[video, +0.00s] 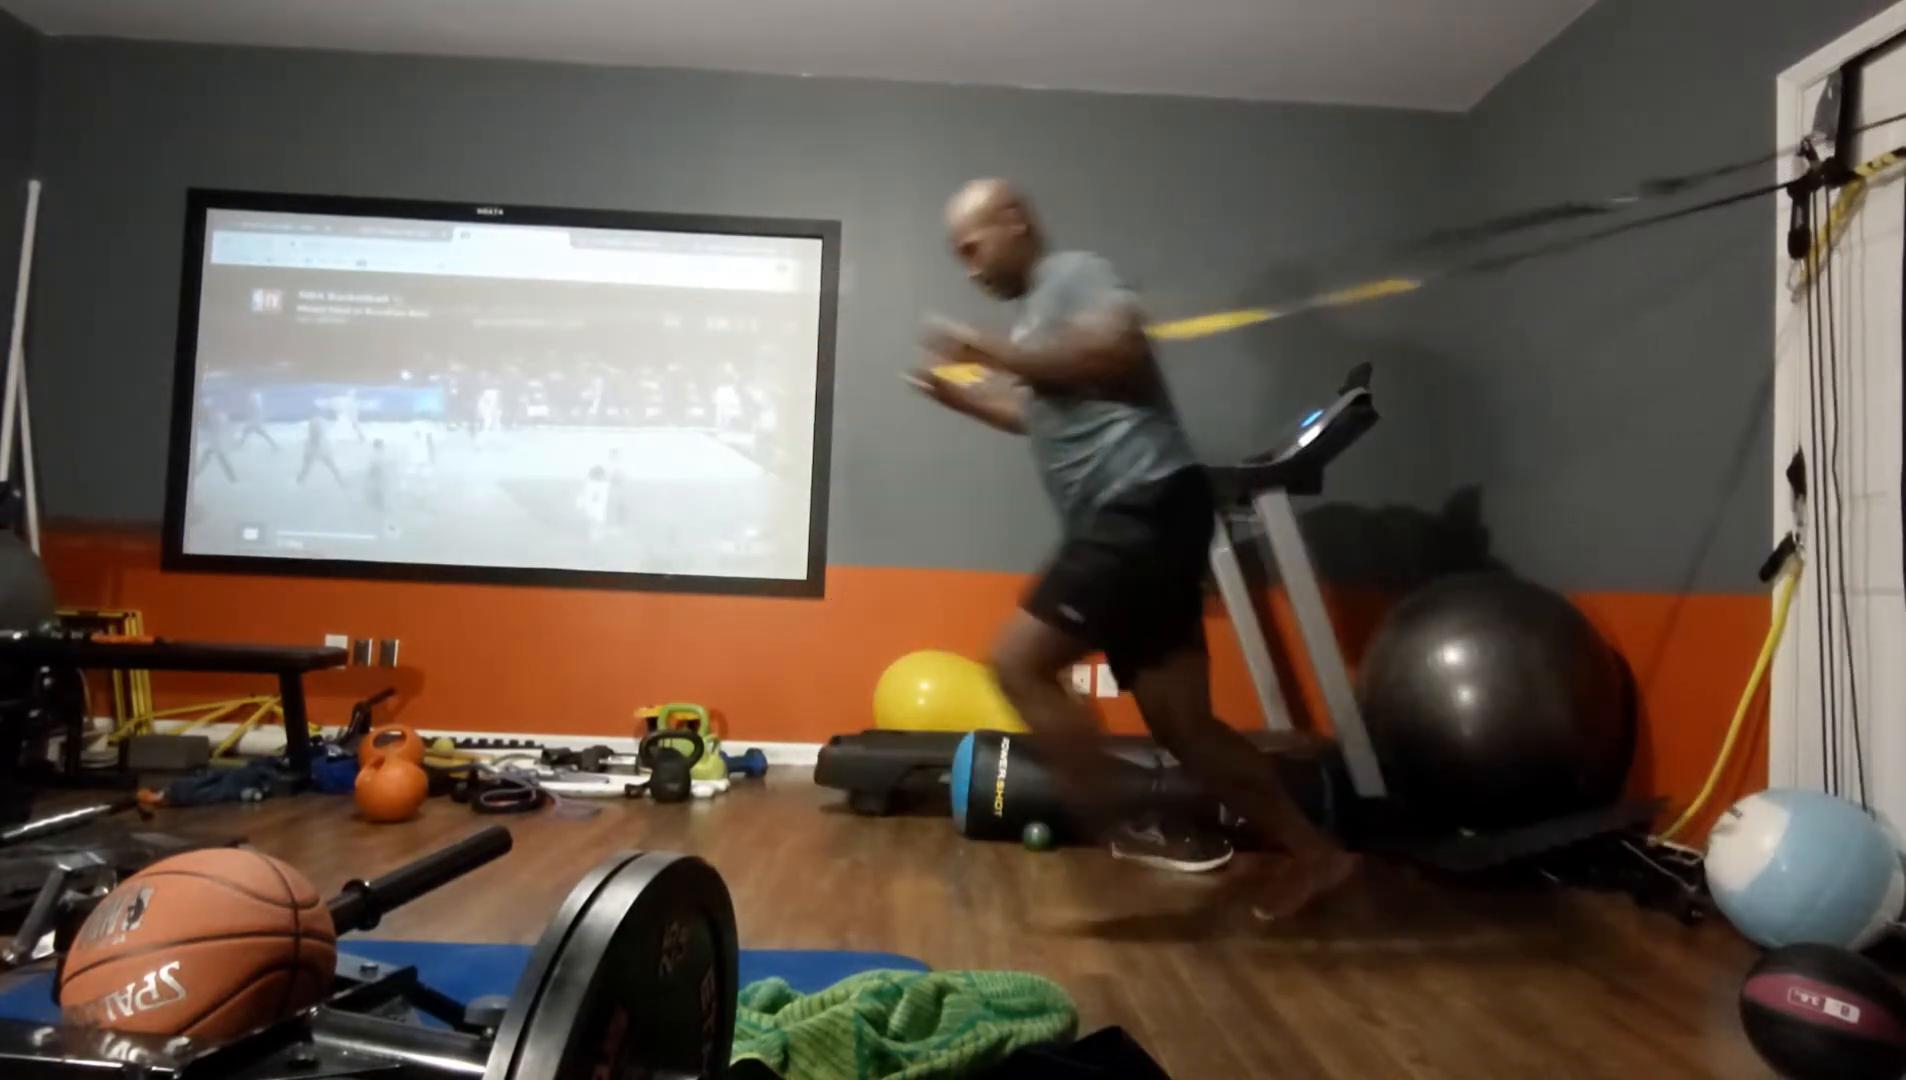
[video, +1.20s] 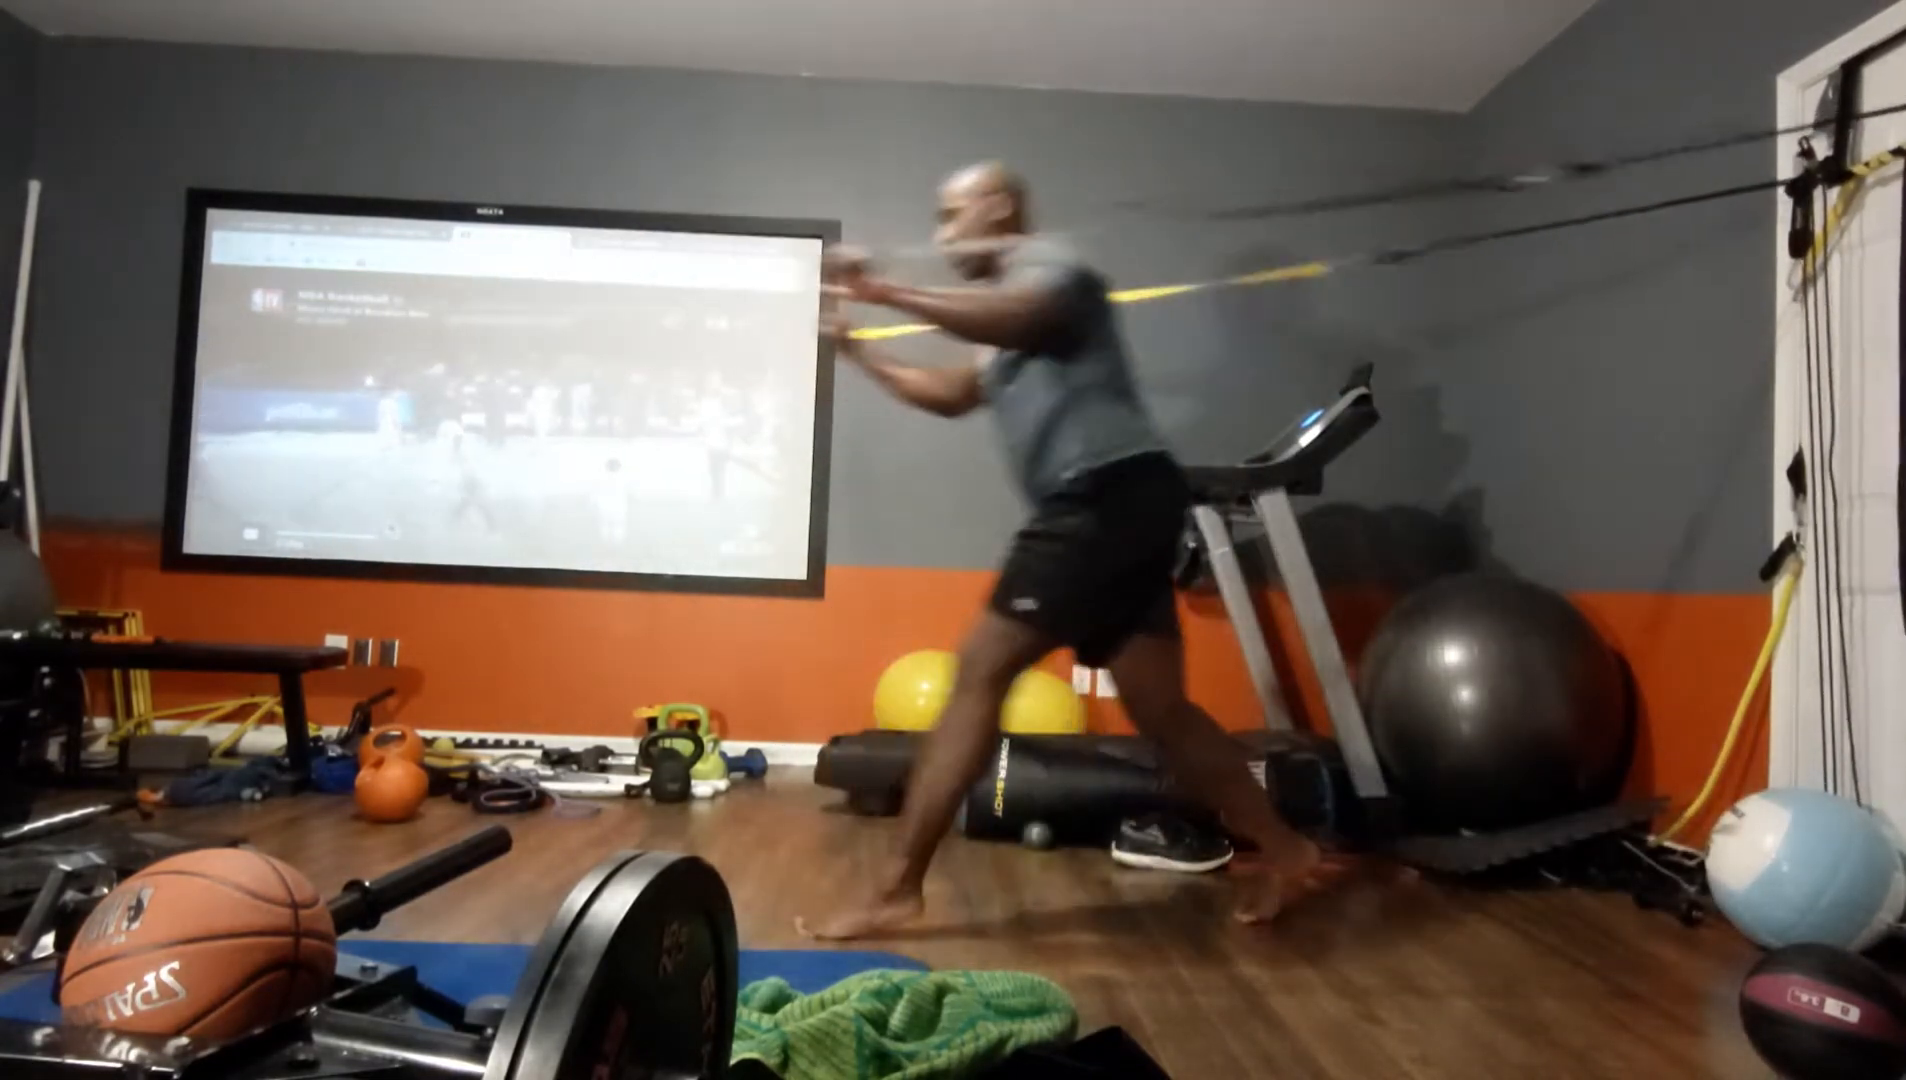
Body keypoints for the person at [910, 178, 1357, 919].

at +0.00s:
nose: (968, 262)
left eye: (974, 241)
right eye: (959, 250)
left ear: (1020, 223)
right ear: (969, 255)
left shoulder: (1076, 274)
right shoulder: (1027, 319)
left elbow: (1121, 361)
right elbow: (1040, 416)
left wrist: (1001, 356)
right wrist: (959, 396)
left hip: (1149, 504)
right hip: (1120, 514)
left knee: (1019, 665)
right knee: (1182, 725)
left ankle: (1125, 829)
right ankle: (1314, 854)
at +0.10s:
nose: (920, 282)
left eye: (925, 266)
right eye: (908, 273)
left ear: (954, 251)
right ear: (906, 277)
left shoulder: (1015, 287)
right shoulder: (965, 338)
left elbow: (939, 308)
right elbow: (911, 384)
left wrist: (815, 297)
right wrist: (822, 345)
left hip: (1104, 506)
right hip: (1101, 514)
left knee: (957, 651)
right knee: (1178, 720)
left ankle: (942, 884)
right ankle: (1320, 856)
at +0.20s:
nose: (814, 299)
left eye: (816, 283)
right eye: (816, 293)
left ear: (856, 272)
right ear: (864, 288)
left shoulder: (924, 304)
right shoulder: (903, 343)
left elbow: (776, 282)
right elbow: (793, 343)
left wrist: (637, 244)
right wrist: (701, 303)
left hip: (1042, 528)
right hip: (1080, 530)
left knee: (902, 671)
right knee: (1147, 716)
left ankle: (896, 907)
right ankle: (1304, 845)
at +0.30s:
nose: (759, 363)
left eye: (758, 342)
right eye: (749, 352)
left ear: (786, 317)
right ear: (791, 337)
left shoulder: (858, 335)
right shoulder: (844, 370)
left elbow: (710, 300)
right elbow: (719, 343)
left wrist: (578, 249)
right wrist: (625, 288)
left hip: (1016, 521)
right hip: (1045, 530)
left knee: (864, 674)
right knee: (1103, 735)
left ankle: (894, 901)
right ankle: (1276, 833)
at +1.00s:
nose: (814, 277)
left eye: (824, 261)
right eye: (812, 269)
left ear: (874, 256)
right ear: (850, 280)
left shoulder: (926, 308)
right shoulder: (885, 364)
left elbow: (805, 309)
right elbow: (790, 374)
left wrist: (674, 276)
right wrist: (693, 340)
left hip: (1033, 521)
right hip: (1051, 530)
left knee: (869, 667)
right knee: (1120, 740)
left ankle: (890, 896)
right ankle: (1266, 845)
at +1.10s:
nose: (876, 255)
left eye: (889, 237)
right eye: (875, 241)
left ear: (940, 231)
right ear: (918, 240)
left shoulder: (987, 283)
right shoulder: (943, 332)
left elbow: (893, 310)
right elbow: (869, 386)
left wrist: (768, 282)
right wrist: (770, 349)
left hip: (1066, 513)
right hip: (1077, 520)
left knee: (916, 665)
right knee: (1130, 722)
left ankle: (892, 895)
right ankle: (1280, 851)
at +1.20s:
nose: (942, 227)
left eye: (955, 210)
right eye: (941, 217)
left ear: (1006, 210)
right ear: (966, 227)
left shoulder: (1054, 265)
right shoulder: (1002, 326)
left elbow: (1016, 319)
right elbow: (948, 394)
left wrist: (882, 289)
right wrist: (852, 346)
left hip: (1106, 496)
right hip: (1107, 505)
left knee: (980, 673)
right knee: (1160, 706)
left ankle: (899, 884)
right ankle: (1288, 854)